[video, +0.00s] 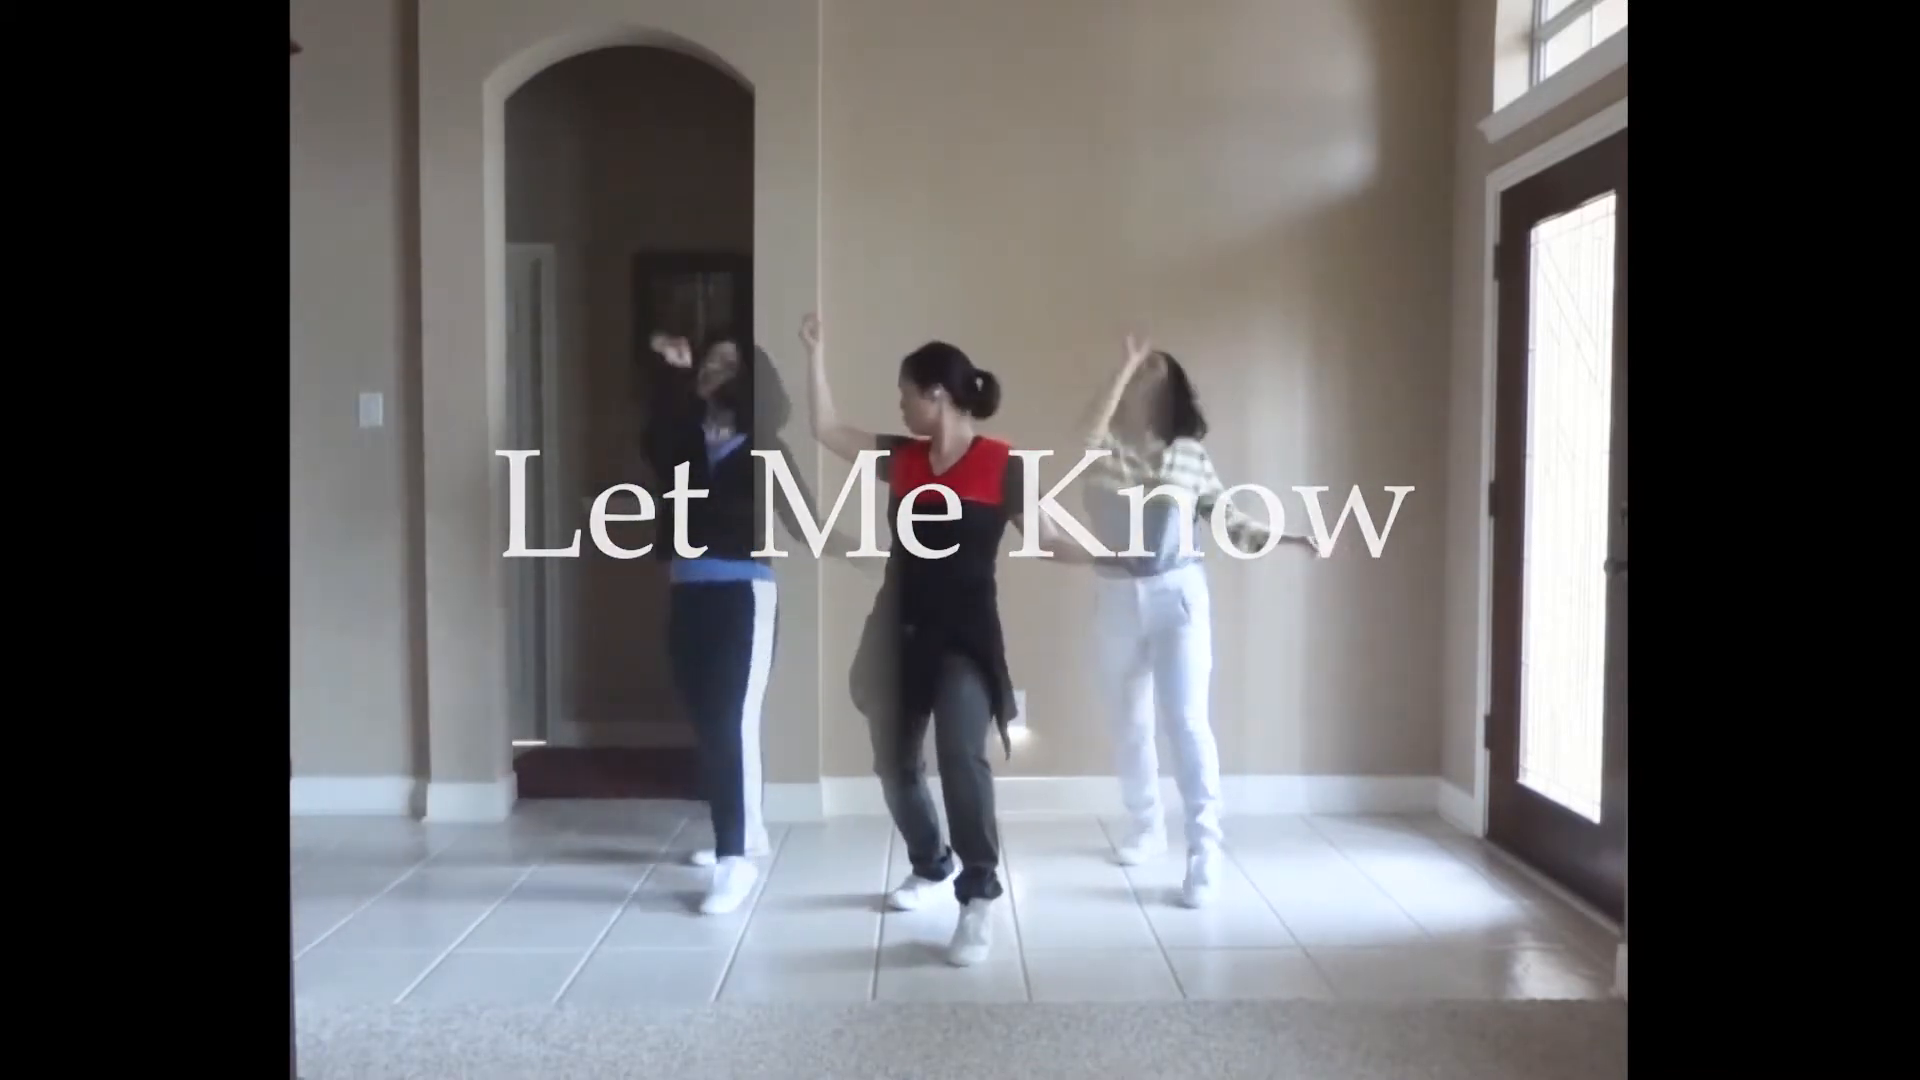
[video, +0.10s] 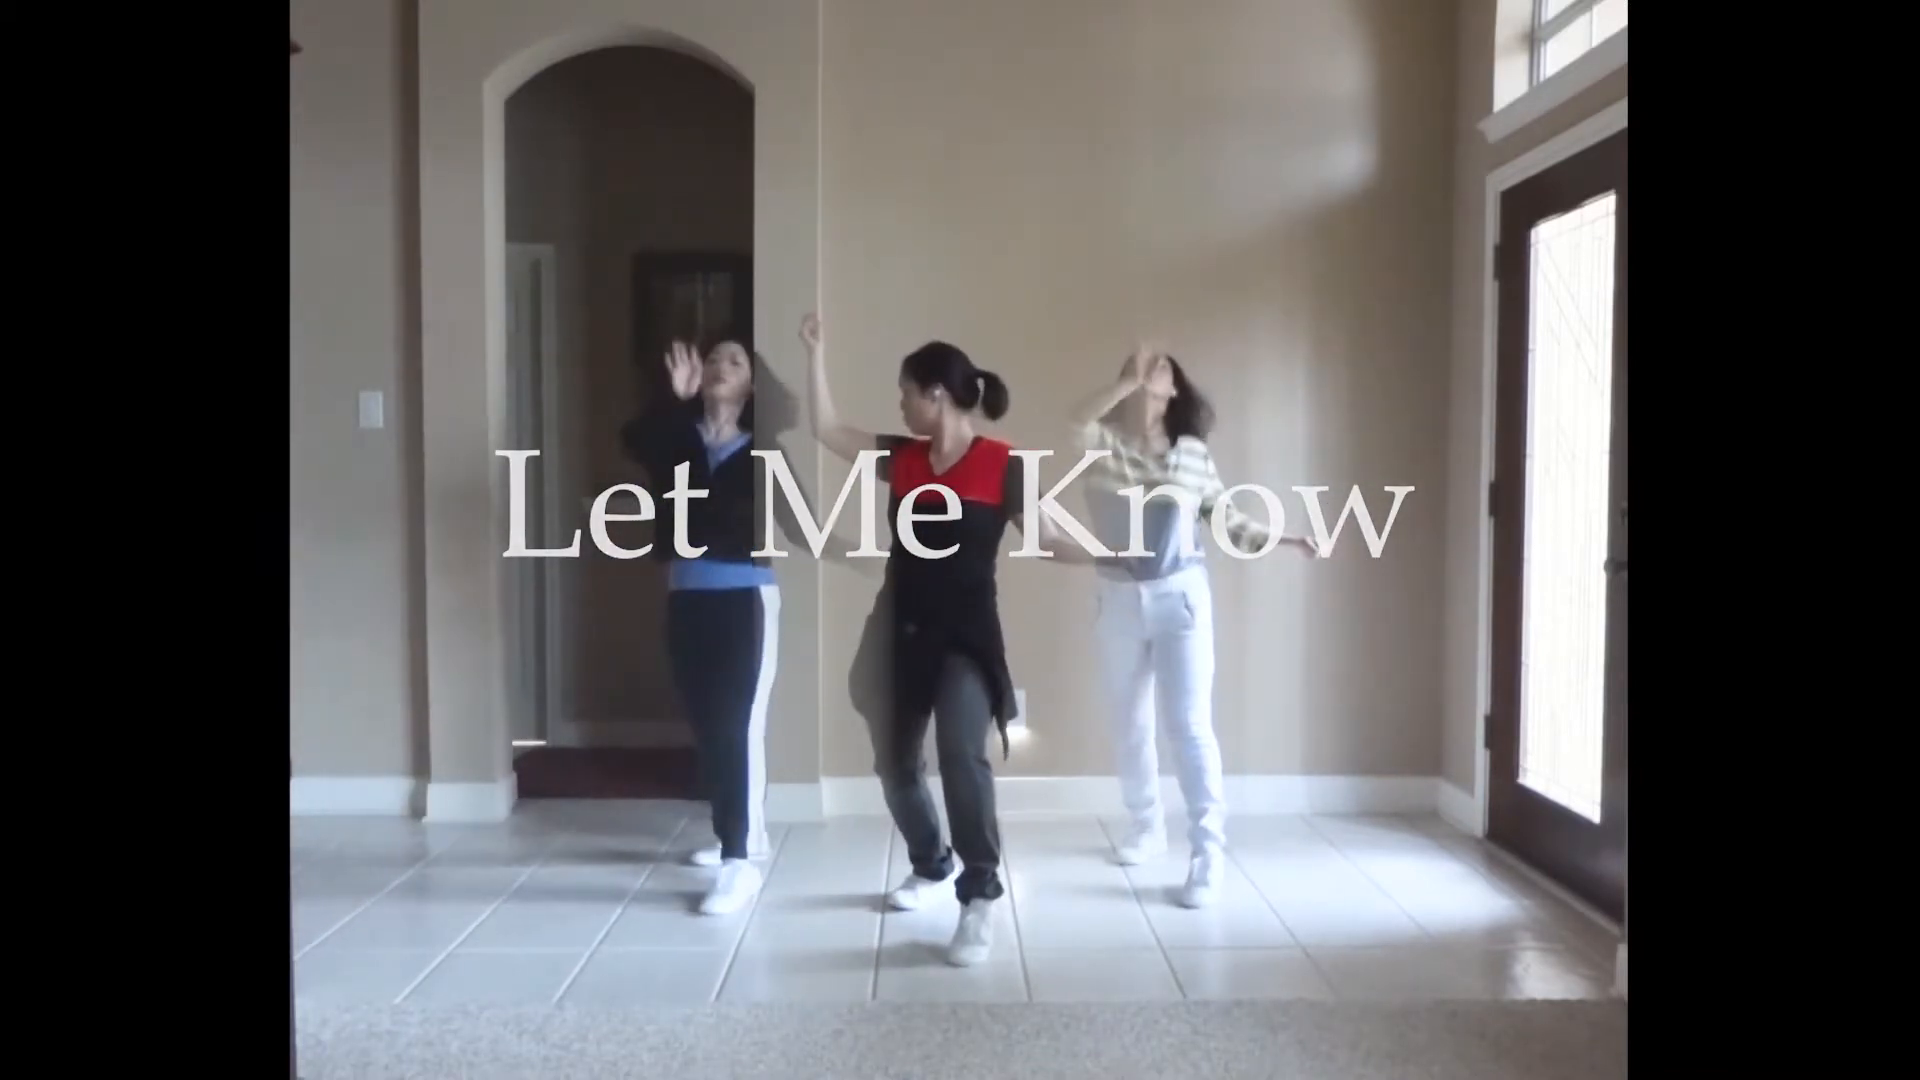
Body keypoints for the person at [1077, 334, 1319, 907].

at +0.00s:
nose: (1134, 384)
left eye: (1147, 378)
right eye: (1131, 378)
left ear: (1167, 397)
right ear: (1121, 391)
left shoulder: (1187, 456)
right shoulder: (1103, 451)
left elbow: (1229, 524)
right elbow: (1089, 437)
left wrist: (1294, 537)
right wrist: (1124, 370)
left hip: (1177, 595)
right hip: (1118, 598)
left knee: (1186, 722)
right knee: (1129, 723)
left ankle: (1204, 848)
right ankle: (1142, 824)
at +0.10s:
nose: (1152, 377)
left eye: (1162, 372)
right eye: (1144, 370)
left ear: (1174, 394)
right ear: (1129, 390)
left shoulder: (1191, 454)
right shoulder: (1103, 445)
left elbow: (1226, 523)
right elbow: (1078, 428)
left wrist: (1286, 537)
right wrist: (1128, 381)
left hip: (1181, 600)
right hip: (1120, 602)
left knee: (1190, 726)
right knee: (1129, 726)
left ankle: (1207, 851)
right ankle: (1145, 829)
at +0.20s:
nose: (1154, 376)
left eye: (1163, 369)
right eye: (1143, 368)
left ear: (1178, 388)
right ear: (1125, 385)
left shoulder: (1196, 454)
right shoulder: (1102, 444)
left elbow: (1228, 528)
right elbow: (1075, 432)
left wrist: (1289, 538)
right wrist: (1125, 403)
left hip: (1184, 605)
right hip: (1121, 607)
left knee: (1192, 730)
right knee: (1128, 727)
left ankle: (1210, 853)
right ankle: (1145, 828)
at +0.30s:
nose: (1152, 380)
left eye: (1163, 372)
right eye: (1141, 373)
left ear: (1181, 391)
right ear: (1125, 391)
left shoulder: (1199, 455)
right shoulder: (1106, 452)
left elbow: (1228, 532)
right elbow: (1078, 443)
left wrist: (1292, 539)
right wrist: (1123, 411)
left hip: (1187, 609)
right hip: (1124, 612)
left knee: (1194, 732)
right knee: (1127, 731)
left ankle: (1210, 856)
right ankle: (1145, 828)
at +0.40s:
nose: (1158, 389)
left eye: (1168, 382)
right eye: (1146, 382)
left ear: (1185, 401)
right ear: (1127, 399)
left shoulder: (1203, 464)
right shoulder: (1113, 457)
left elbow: (1230, 537)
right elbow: (1095, 486)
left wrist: (1292, 543)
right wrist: (1119, 431)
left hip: (1190, 617)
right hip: (1127, 619)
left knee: (1193, 733)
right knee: (1123, 735)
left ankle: (1208, 854)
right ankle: (1142, 828)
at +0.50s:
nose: (1164, 424)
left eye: (1174, 416)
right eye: (1152, 416)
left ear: (1191, 429)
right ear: (1134, 429)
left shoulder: (1207, 486)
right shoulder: (1117, 488)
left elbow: (1224, 556)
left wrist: (1284, 557)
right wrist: (1136, 493)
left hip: (1193, 632)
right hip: (1129, 637)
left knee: (1189, 734)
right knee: (1127, 748)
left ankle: (1207, 857)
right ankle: (1132, 832)